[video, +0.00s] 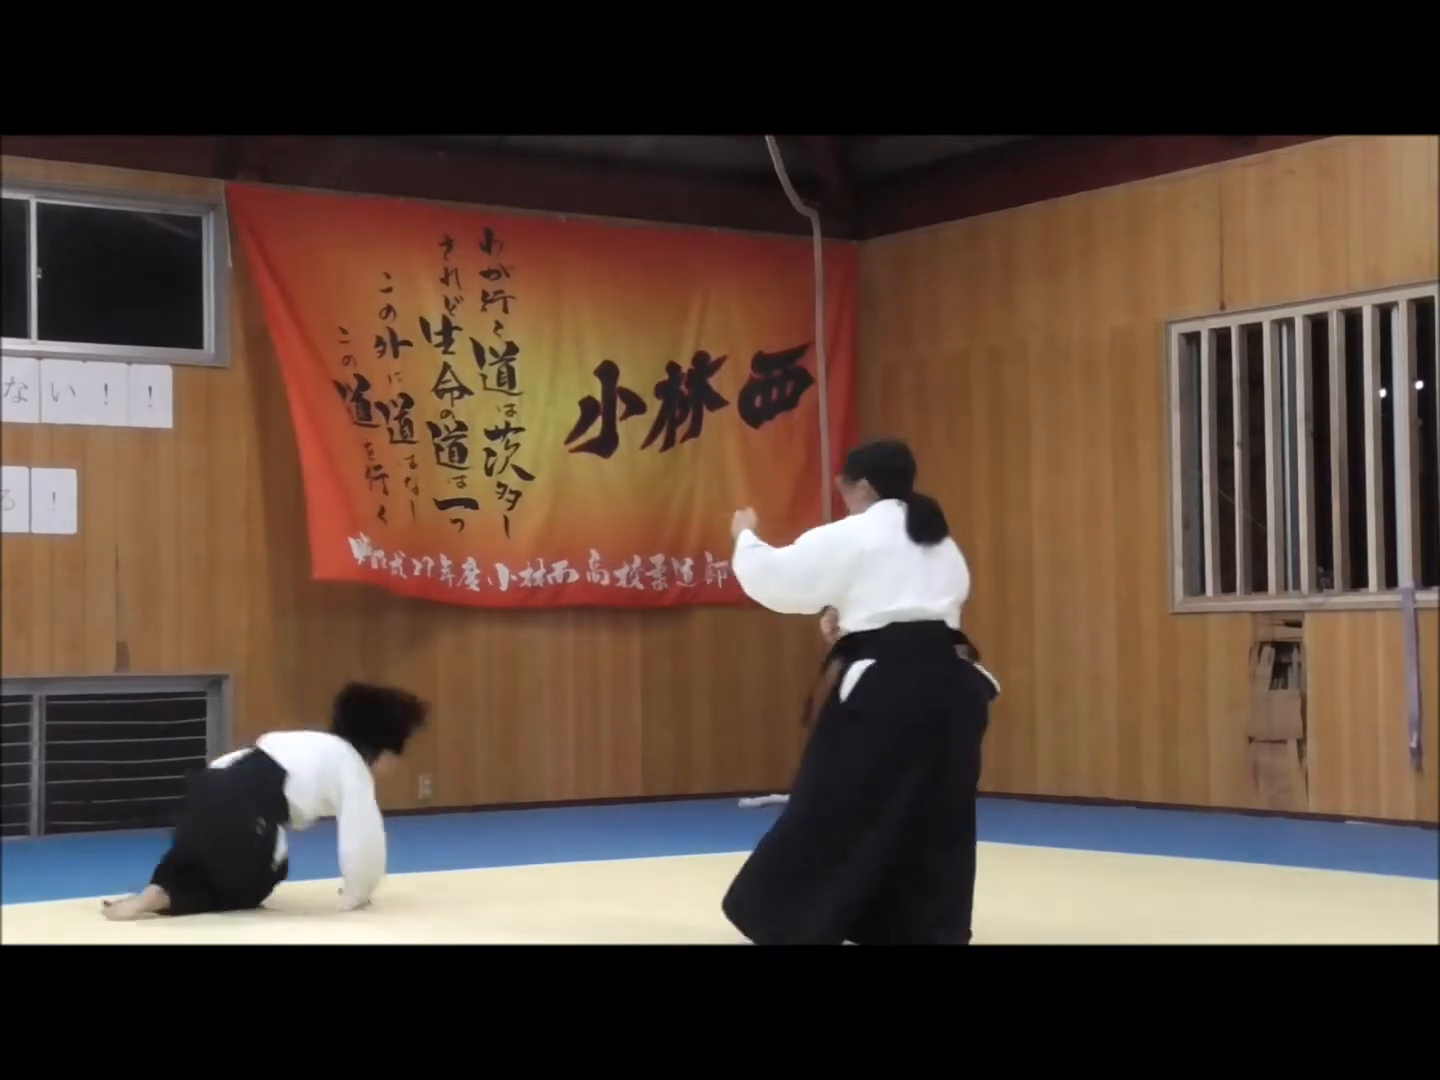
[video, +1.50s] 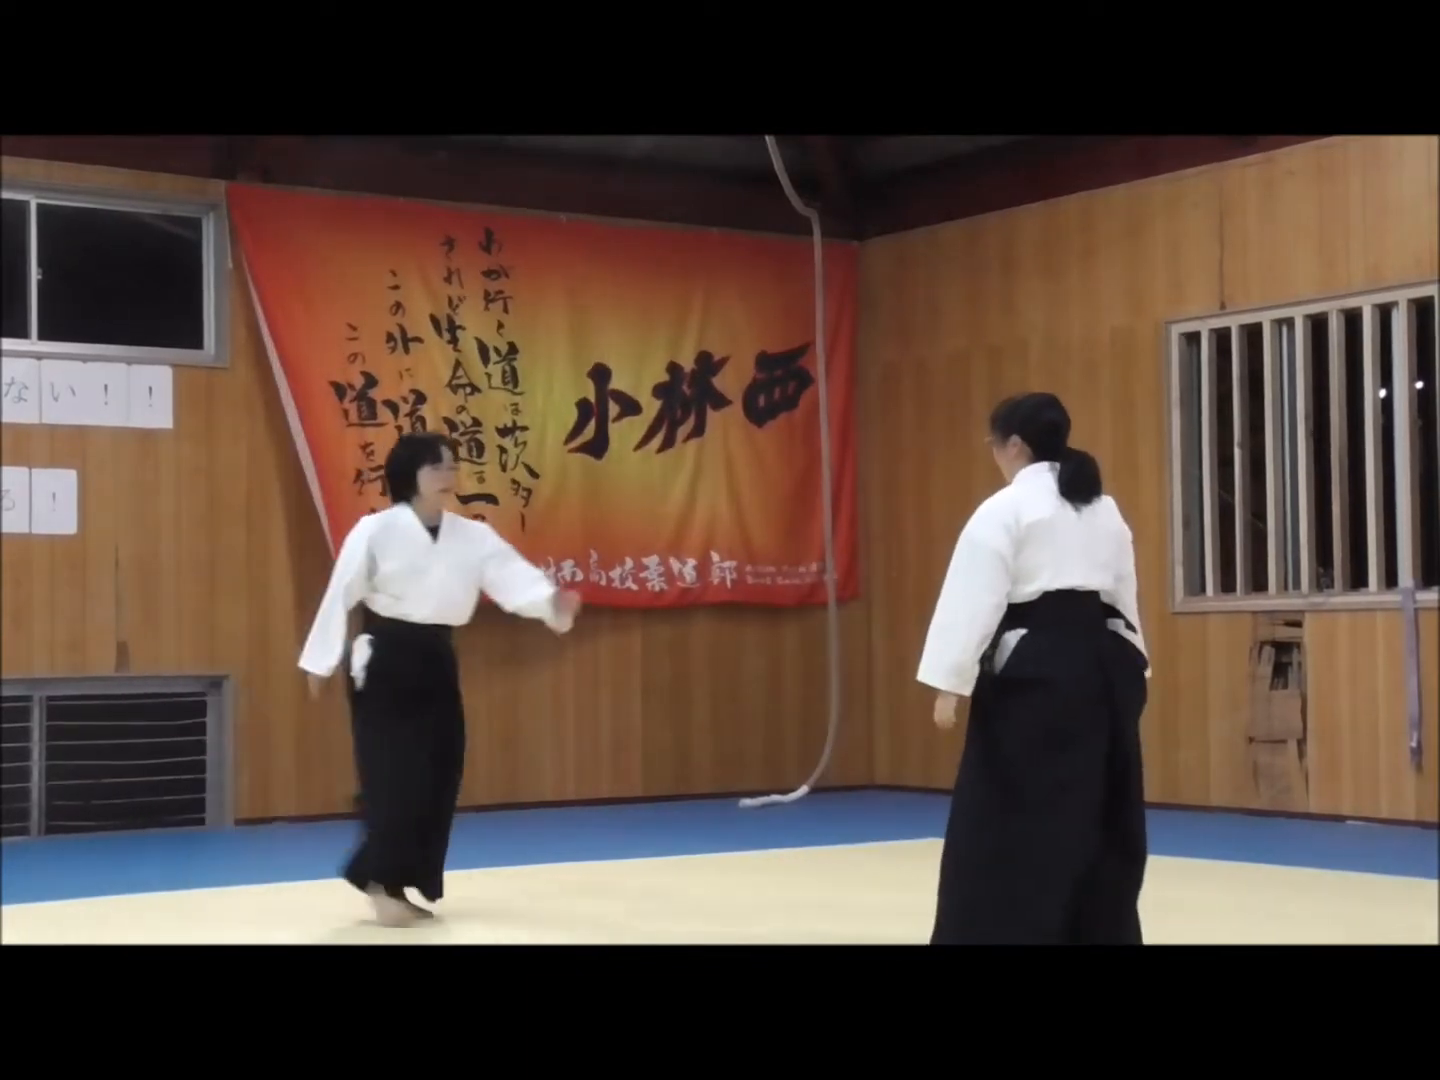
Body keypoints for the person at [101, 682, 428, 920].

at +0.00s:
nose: (392, 759)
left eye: (395, 750)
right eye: (393, 750)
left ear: (346, 726)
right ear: (378, 745)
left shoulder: (307, 743)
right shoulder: (350, 765)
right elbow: (363, 840)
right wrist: (356, 894)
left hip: (204, 784)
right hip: (244, 800)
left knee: (191, 856)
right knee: (245, 892)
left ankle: (154, 896)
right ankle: (166, 900)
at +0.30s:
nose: (317, 677)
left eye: (320, 669)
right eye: (317, 665)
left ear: (278, 651)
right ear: (303, 655)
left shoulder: (246, 670)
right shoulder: (281, 683)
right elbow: (258, 741)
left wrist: (231, 798)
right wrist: (239, 804)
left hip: (161, 756)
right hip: (189, 765)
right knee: (236, 880)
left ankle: (134, 898)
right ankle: (138, 902)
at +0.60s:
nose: (307, 579)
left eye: (309, 571)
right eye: (299, 569)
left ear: (305, 578)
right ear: (278, 573)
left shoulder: (273, 629)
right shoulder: (257, 607)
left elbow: (247, 703)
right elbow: (199, 644)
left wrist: (261, 756)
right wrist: (151, 694)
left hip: (217, 718)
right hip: (193, 710)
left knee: (246, 797)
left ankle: (227, 873)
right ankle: (132, 873)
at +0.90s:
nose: (297, 532)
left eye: (301, 524)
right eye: (285, 524)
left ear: (308, 532)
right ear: (263, 532)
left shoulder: (311, 596)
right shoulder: (229, 578)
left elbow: (315, 662)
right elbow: (186, 631)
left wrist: (307, 722)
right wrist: (165, 690)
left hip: (262, 694)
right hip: (215, 687)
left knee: (250, 783)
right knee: (233, 780)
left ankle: (233, 878)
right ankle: (215, 882)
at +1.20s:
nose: (345, 517)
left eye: (349, 508)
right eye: (333, 509)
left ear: (355, 516)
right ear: (310, 518)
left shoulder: (360, 578)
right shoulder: (277, 568)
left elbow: (383, 639)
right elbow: (246, 634)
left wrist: (393, 701)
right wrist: (246, 701)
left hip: (330, 684)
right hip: (276, 680)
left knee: (358, 777)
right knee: (245, 780)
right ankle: (208, 881)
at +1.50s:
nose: (449, 473)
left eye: (450, 465)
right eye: (437, 466)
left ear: (451, 474)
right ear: (411, 476)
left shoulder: (472, 535)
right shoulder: (375, 532)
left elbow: (510, 573)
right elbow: (339, 596)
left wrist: (550, 602)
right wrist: (321, 655)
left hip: (437, 657)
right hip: (386, 656)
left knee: (438, 768)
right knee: (396, 767)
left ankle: (396, 881)